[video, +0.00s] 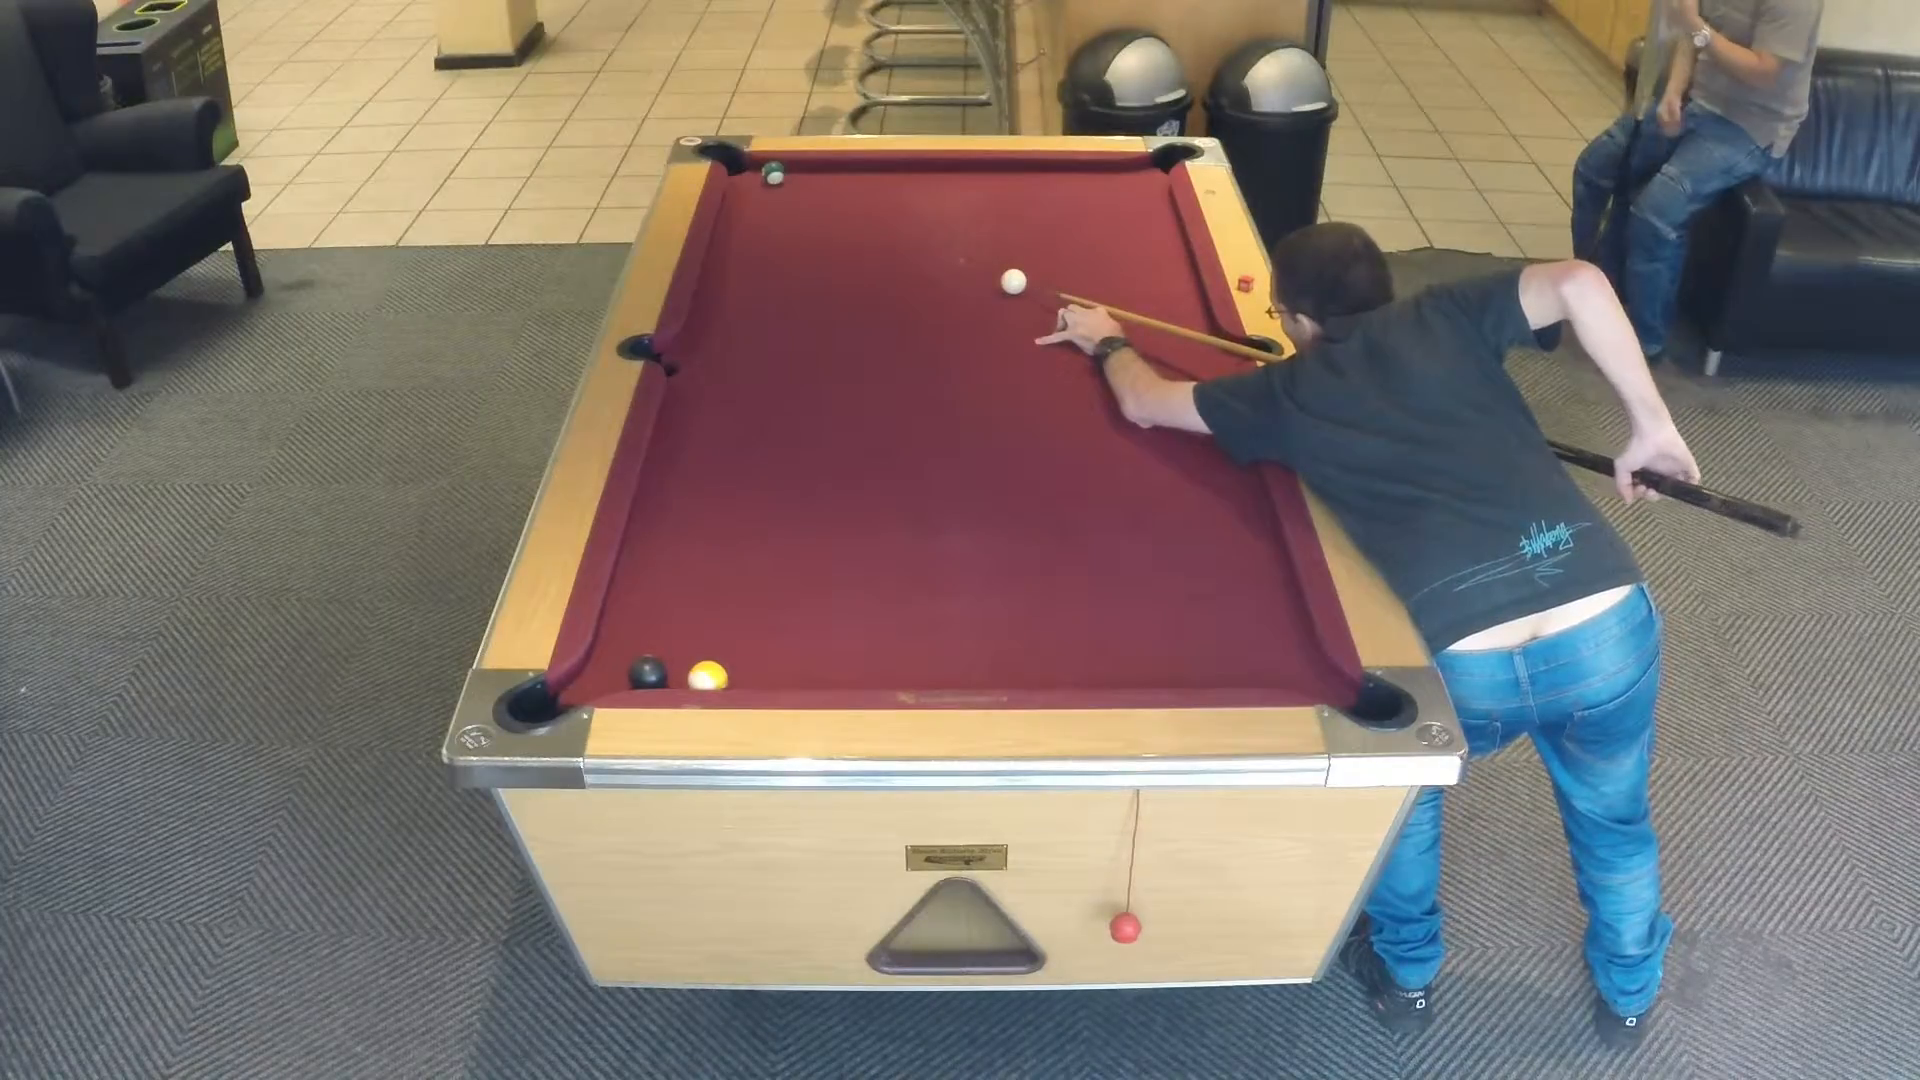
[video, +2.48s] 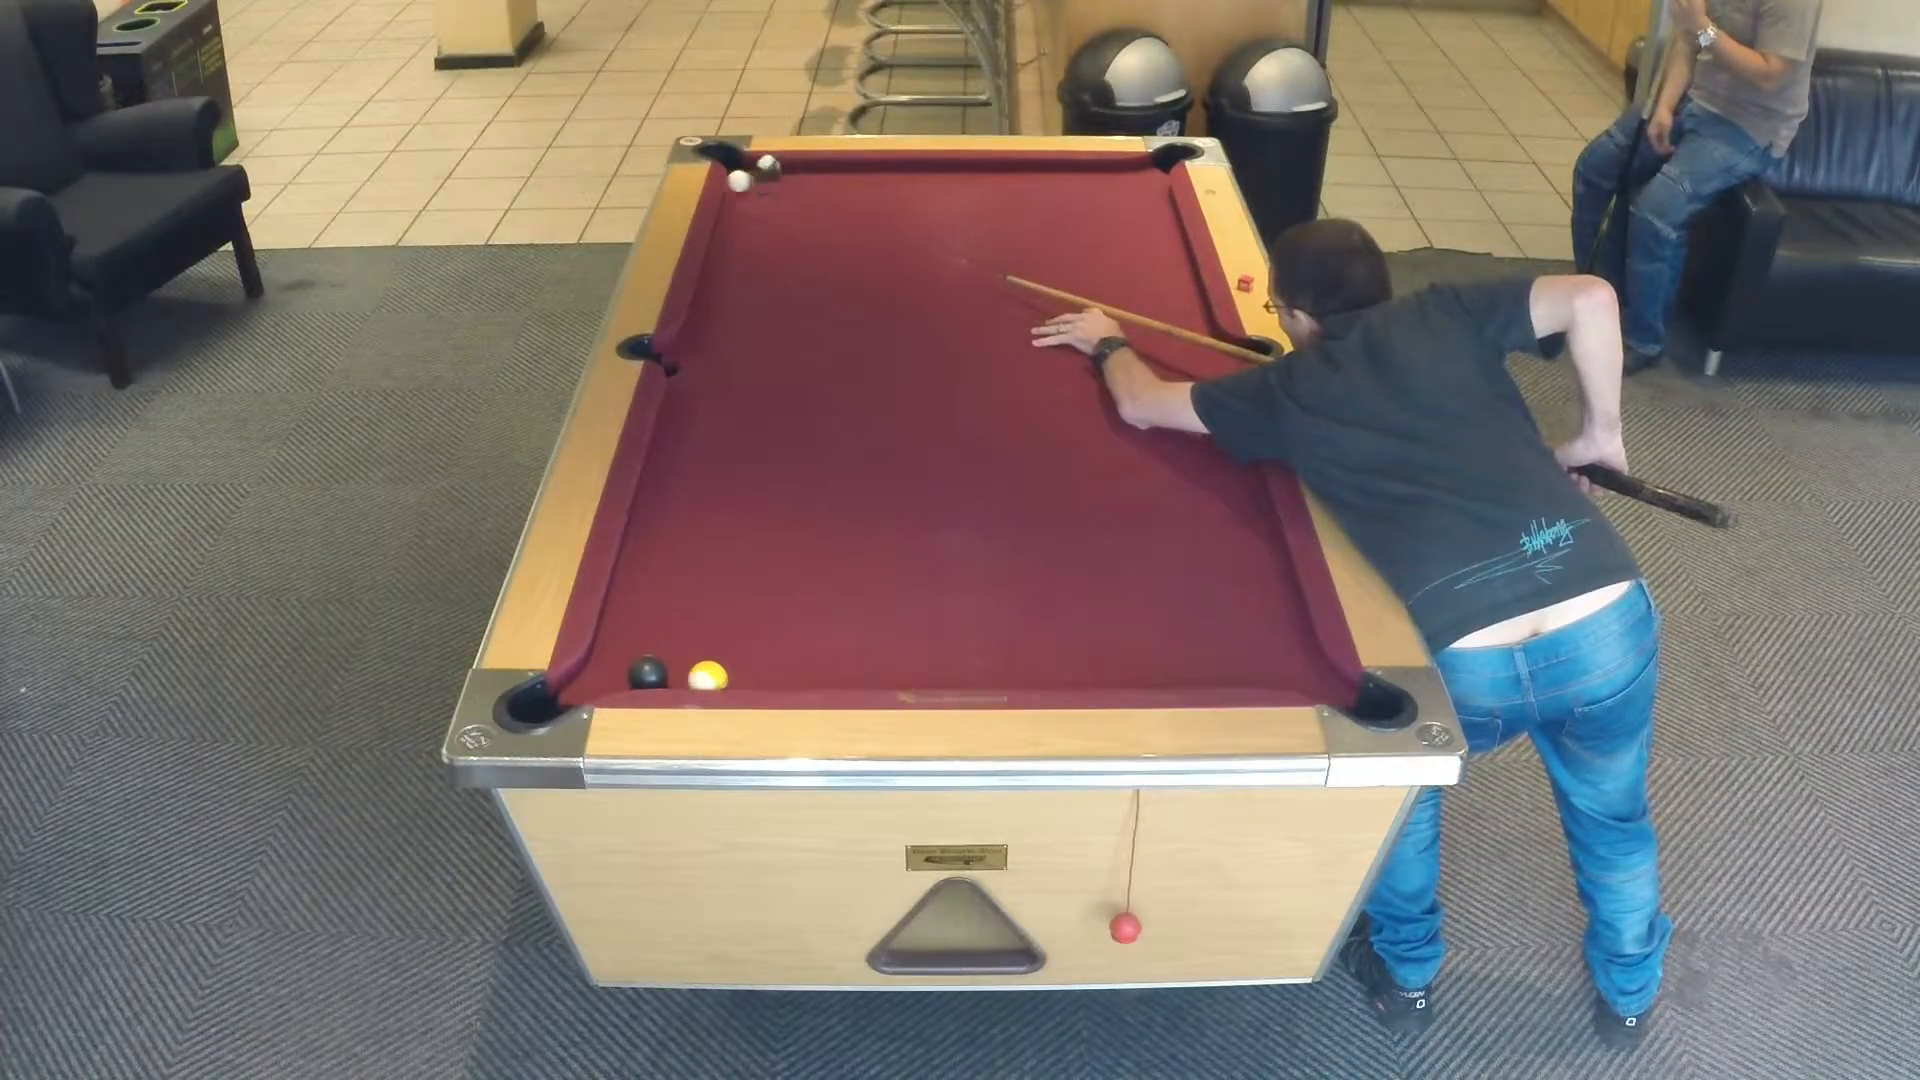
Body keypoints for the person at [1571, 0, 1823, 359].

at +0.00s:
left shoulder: (1795, 6)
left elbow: (1766, 73)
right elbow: (1689, 35)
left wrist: (1696, 27)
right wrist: (1674, 92)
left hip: (1749, 126)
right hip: (1691, 103)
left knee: (1655, 210)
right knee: (1594, 169)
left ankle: (1644, 345)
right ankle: (1590, 299)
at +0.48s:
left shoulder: (1792, 6)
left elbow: (1770, 75)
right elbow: (1685, 44)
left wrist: (1703, 30)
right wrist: (1665, 106)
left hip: (1747, 126)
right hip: (1690, 103)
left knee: (1655, 209)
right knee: (1594, 169)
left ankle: (1643, 345)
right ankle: (1588, 302)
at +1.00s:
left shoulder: (1791, 6)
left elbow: (1770, 76)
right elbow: (1685, 40)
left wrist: (1702, 28)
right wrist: (1665, 106)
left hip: (1746, 127)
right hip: (1689, 103)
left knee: (1654, 211)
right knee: (1595, 168)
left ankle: (1642, 342)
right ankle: (1588, 300)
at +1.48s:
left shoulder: (1791, 7)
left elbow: (1770, 76)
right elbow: (1687, 40)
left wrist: (1702, 27)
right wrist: (1666, 106)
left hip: (1746, 127)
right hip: (1689, 103)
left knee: (1654, 211)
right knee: (1594, 168)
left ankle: (1642, 341)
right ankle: (1591, 300)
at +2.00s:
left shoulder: (1792, 6)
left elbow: (1770, 76)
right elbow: (1686, 41)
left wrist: (1703, 28)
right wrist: (1665, 106)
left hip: (1746, 128)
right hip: (1689, 103)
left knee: (1653, 211)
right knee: (1595, 168)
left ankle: (1643, 342)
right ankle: (1592, 300)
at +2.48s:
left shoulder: (1792, 6)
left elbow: (1771, 76)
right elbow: (1686, 40)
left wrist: (1702, 28)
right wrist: (1665, 105)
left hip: (1746, 126)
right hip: (1688, 102)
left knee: (1654, 211)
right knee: (1594, 168)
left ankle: (1642, 342)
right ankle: (1593, 302)